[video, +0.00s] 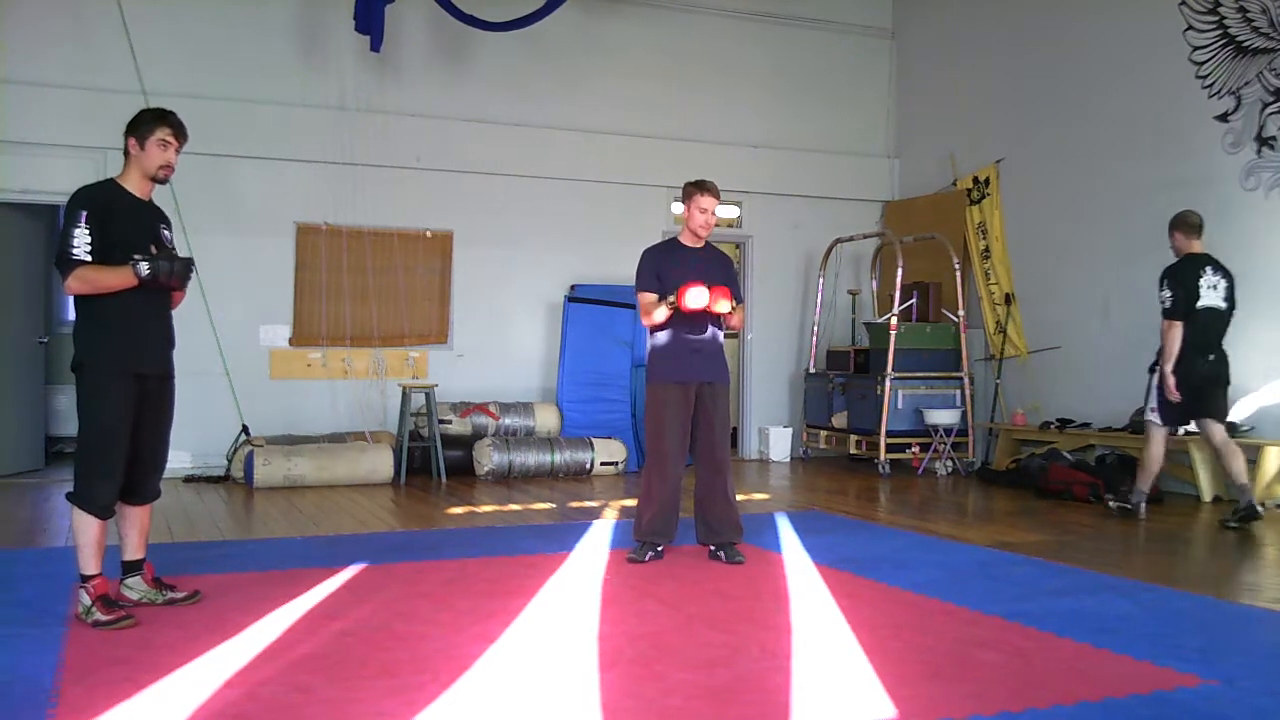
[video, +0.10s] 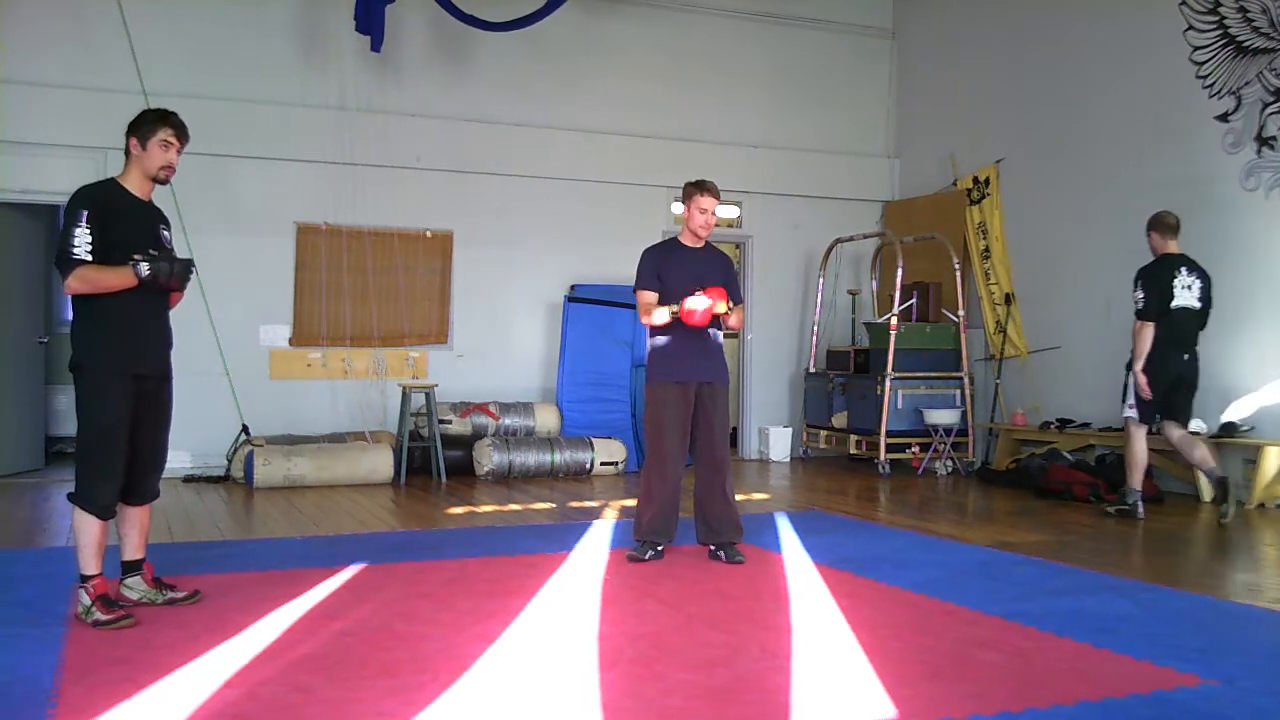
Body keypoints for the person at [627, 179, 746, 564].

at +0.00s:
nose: (708, 218)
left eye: (713, 212)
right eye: (702, 210)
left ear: (717, 216)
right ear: (684, 209)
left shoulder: (723, 262)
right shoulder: (655, 256)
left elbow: (736, 323)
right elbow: (648, 317)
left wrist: (726, 310)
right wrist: (676, 301)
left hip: (713, 370)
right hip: (668, 369)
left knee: (715, 456)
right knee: (664, 454)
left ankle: (721, 538)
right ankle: (652, 538)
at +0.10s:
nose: (708, 218)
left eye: (713, 212)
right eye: (701, 210)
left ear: (717, 216)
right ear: (684, 209)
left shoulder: (723, 261)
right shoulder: (656, 255)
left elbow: (736, 320)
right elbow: (645, 313)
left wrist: (722, 314)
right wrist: (678, 309)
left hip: (712, 371)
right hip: (668, 370)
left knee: (715, 457)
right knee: (664, 454)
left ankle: (720, 538)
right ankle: (652, 538)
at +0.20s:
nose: (707, 218)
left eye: (713, 213)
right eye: (701, 210)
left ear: (717, 216)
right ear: (684, 210)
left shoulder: (722, 262)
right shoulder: (656, 255)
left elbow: (736, 321)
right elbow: (650, 312)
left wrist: (720, 313)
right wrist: (674, 337)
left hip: (712, 369)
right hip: (668, 367)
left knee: (715, 456)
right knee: (663, 453)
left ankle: (721, 538)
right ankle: (652, 538)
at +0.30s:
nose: (708, 218)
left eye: (713, 212)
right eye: (702, 210)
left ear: (717, 217)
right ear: (685, 210)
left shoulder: (722, 262)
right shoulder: (657, 256)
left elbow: (736, 322)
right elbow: (655, 317)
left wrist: (719, 311)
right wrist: (669, 363)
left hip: (712, 370)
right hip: (669, 365)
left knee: (714, 457)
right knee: (664, 454)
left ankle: (720, 538)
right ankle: (652, 537)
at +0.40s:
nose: (709, 218)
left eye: (714, 212)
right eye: (702, 210)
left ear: (718, 216)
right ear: (685, 209)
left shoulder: (722, 262)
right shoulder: (657, 256)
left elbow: (736, 322)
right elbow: (653, 320)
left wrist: (720, 311)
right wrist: (656, 373)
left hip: (713, 373)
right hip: (672, 370)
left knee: (715, 458)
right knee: (663, 457)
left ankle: (721, 538)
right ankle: (652, 538)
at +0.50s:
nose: (709, 218)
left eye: (714, 212)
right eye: (703, 210)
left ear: (718, 216)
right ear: (685, 209)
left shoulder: (723, 262)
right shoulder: (657, 256)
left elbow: (736, 321)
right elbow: (648, 319)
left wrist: (722, 313)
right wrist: (649, 370)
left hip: (713, 373)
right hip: (670, 371)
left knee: (715, 459)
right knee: (663, 457)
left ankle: (720, 538)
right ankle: (652, 538)